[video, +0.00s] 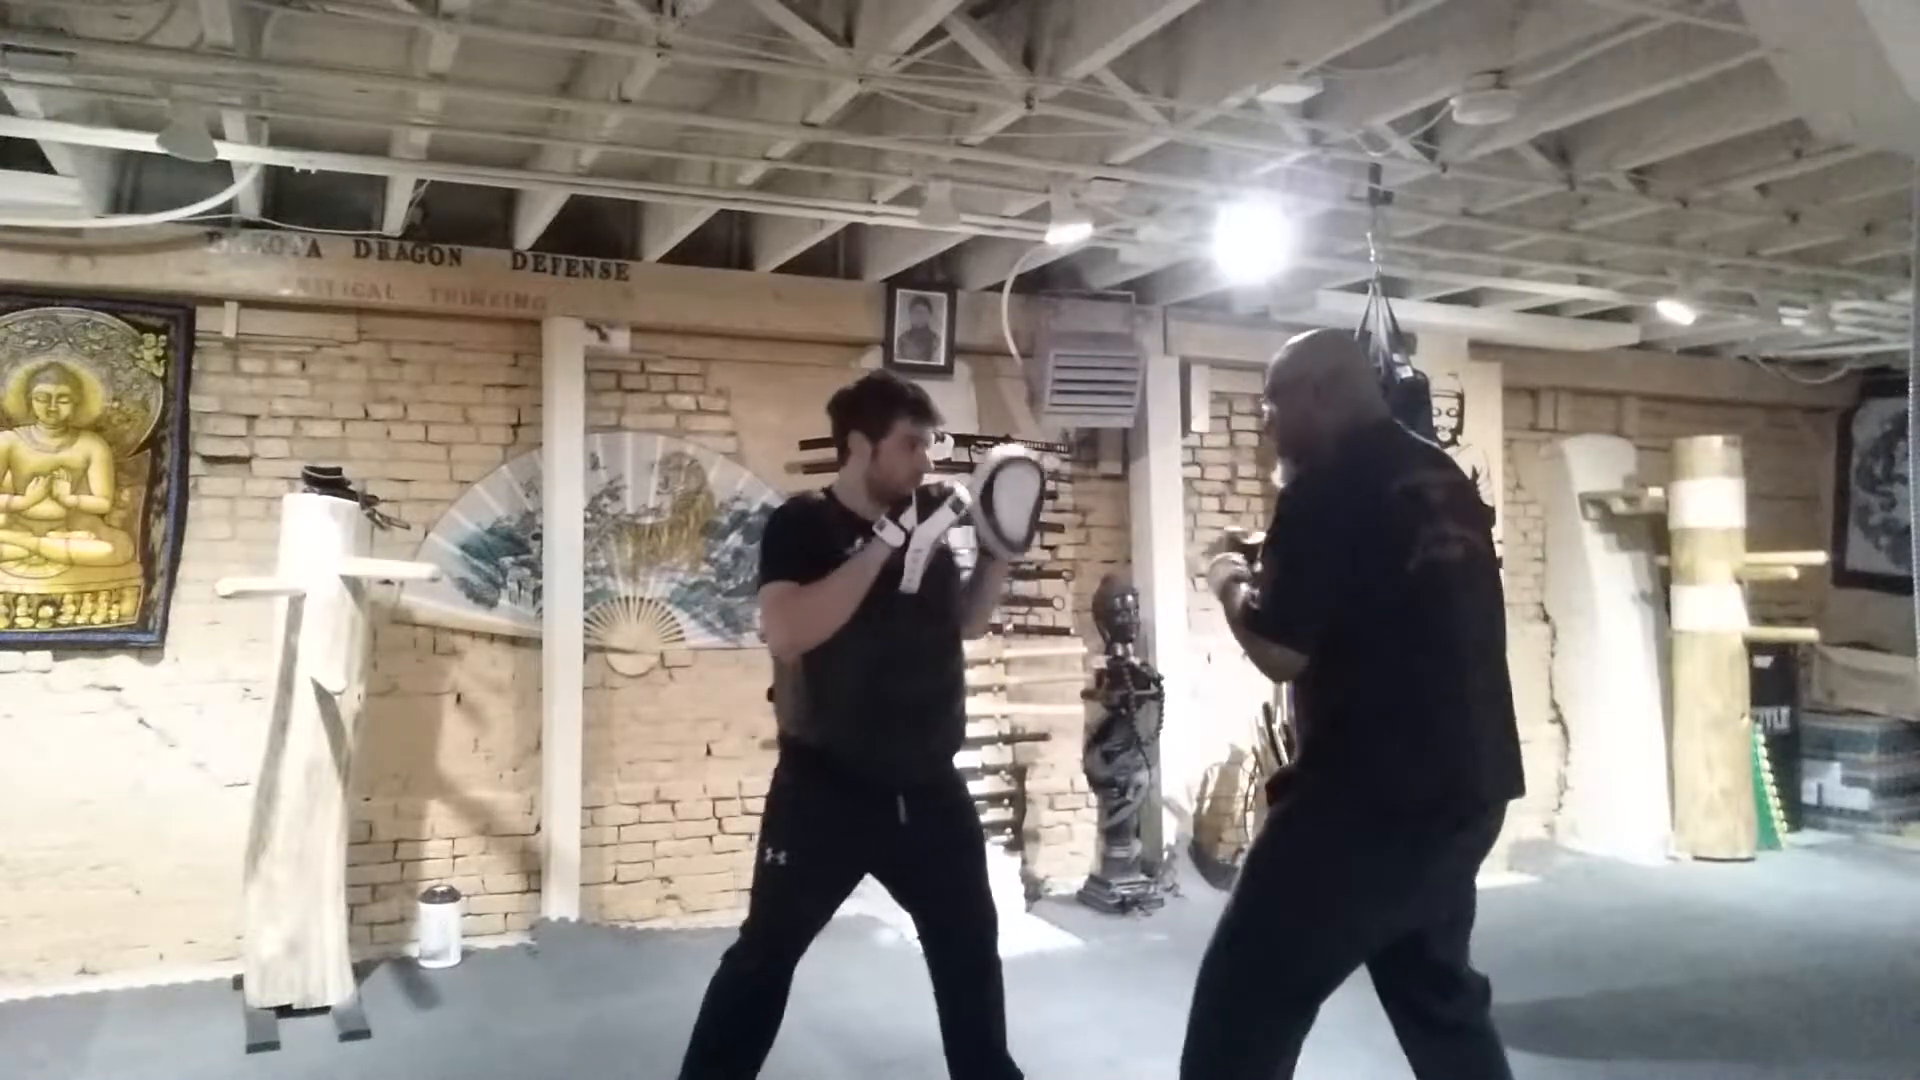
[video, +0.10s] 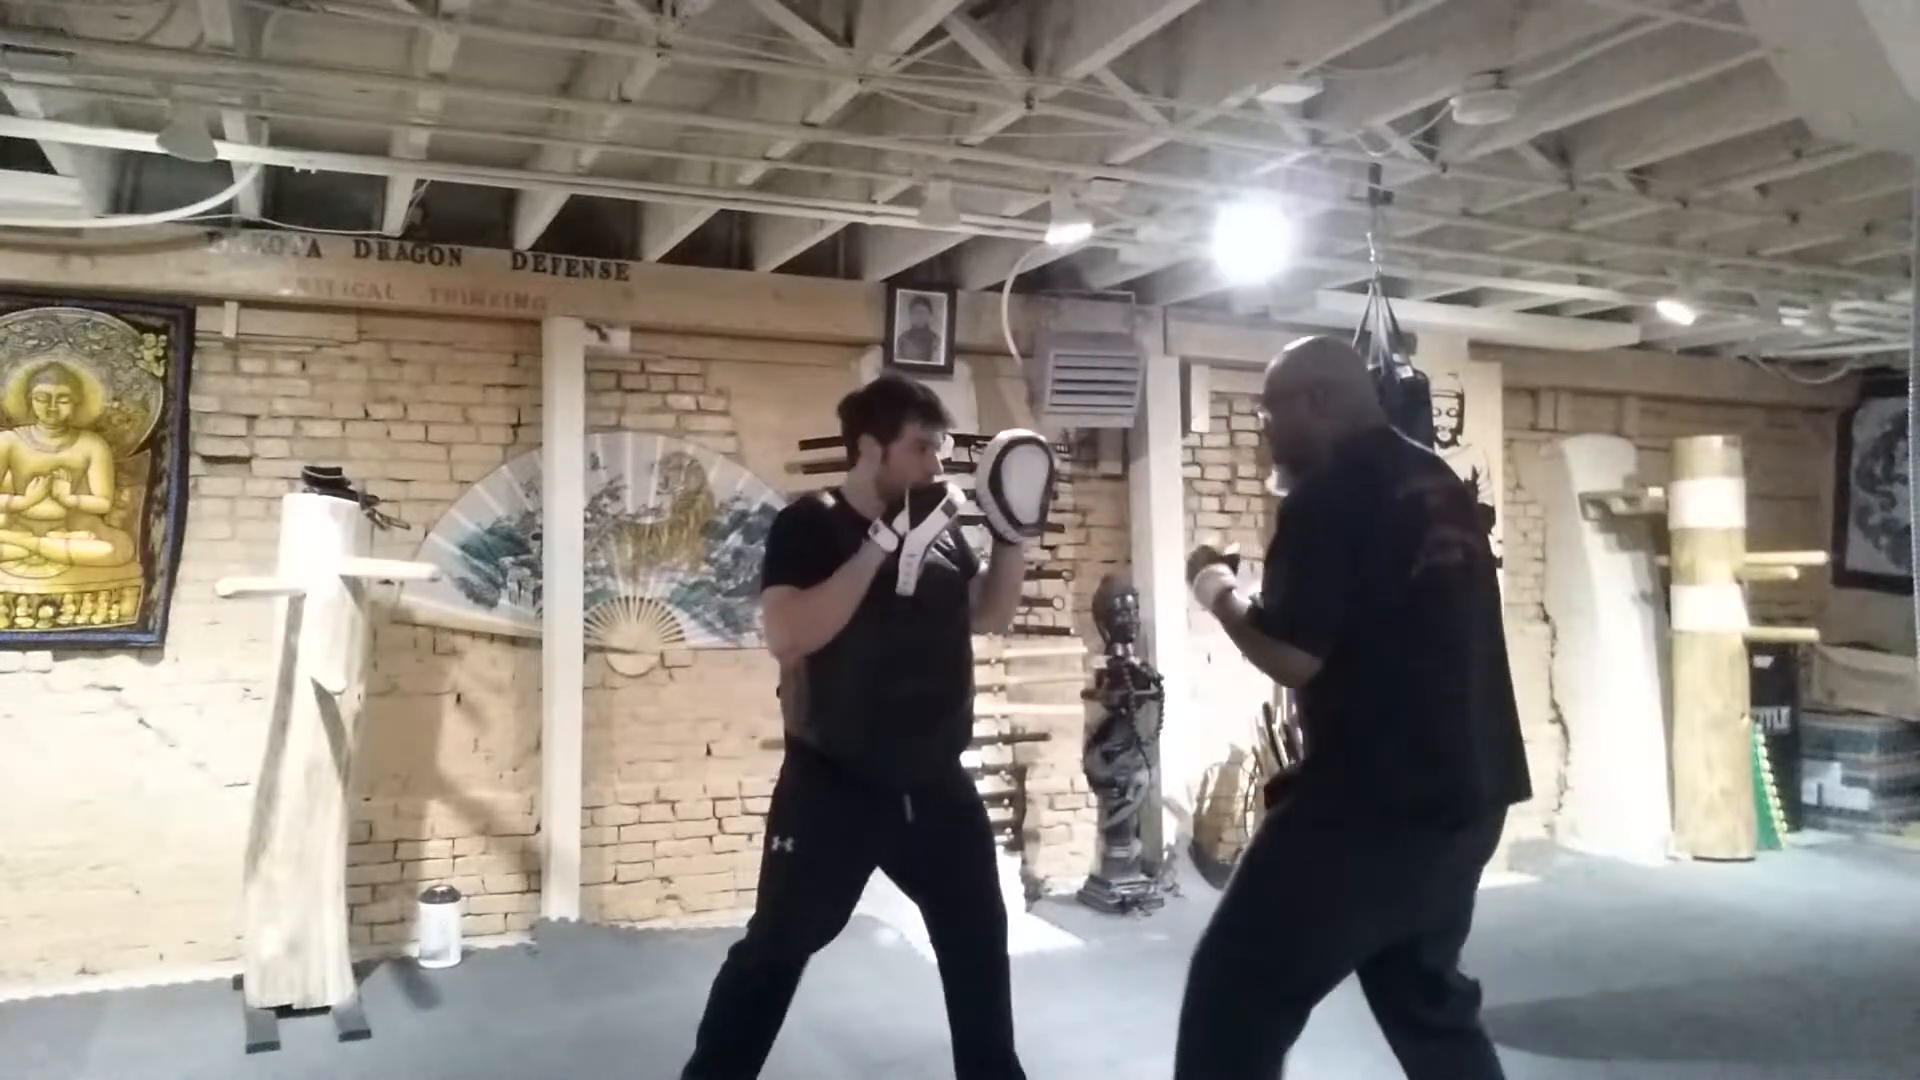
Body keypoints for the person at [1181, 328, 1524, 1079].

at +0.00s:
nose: (1268, 428)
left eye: (1275, 404)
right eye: (1267, 407)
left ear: (1326, 396)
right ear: (1359, 394)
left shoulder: (1327, 488)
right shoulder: (1443, 476)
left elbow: (1284, 656)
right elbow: (1397, 624)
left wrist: (1234, 593)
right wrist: (1281, 581)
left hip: (1364, 793)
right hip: (1466, 782)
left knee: (1238, 1017)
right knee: (1441, 1006)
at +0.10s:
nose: (1263, 431)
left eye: (1270, 410)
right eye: (1263, 412)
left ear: (1319, 402)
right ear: (1346, 401)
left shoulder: (1331, 496)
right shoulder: (1440, 482)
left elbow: (1294, 658)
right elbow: (1409, 636)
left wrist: (1220, 599)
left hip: (1364, 799)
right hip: (1466, 791)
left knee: (1232, 1004)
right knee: (1422, 993)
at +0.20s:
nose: (1268, 436)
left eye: (1275, 416)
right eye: (1268, 417)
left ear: (1323, 409)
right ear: (1360, 408)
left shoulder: (1340, 495)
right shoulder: (1440, 488)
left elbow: (1307, 649)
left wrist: (1227, 590)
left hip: (1360, 799)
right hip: (1461, 793)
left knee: (1209, 997)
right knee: (1423, 1007)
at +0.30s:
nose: (1273, 432)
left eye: (1281, 412)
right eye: (1271, 415)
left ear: (1324, 408)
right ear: (1370, 406)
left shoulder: (1324, 487)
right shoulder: (1454, 491)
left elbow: (1225, 600)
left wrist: (1191, 543)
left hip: (1341, 784)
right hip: (1455, 785)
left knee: (1195, 973)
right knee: (1426, 1007)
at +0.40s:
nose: (1264, 421)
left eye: (1273, 404)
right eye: (1265, 404)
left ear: (1306, 407)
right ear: (1363, 402)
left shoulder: (1273, 489)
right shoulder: (1449, 486)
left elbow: (1121, 536)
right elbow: (1487, 632)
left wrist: (1051, 483)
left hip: (1326, 795)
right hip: (1451, 789)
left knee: (1206, 1004)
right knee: (1422, 998)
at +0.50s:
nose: (1239, 424)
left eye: (1247, 407)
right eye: (1240, 407)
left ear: (1281, 408)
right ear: (1340, 404)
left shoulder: (1259, 488)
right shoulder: (1429, 491)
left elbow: (1114, 540)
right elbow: (1479, 627)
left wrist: (1051, 467)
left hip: (1306, 803)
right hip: (1428, 798)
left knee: (1189, 1018)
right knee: (1409, 1007)